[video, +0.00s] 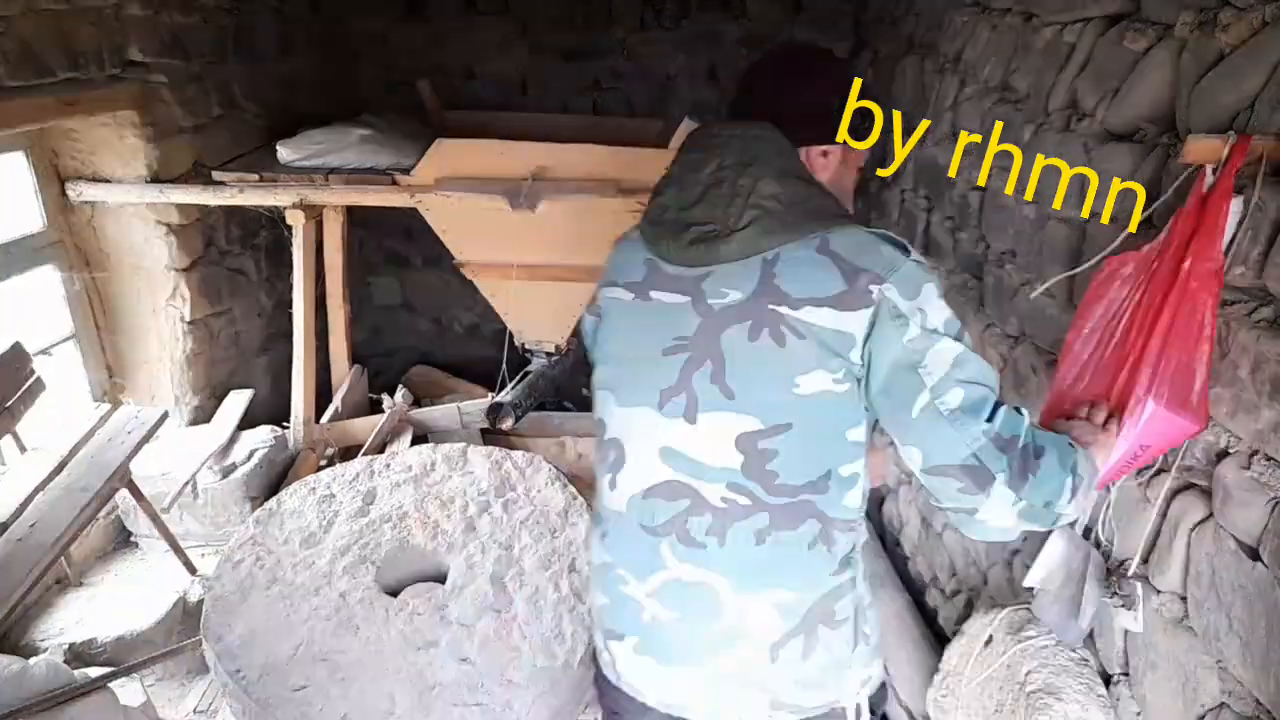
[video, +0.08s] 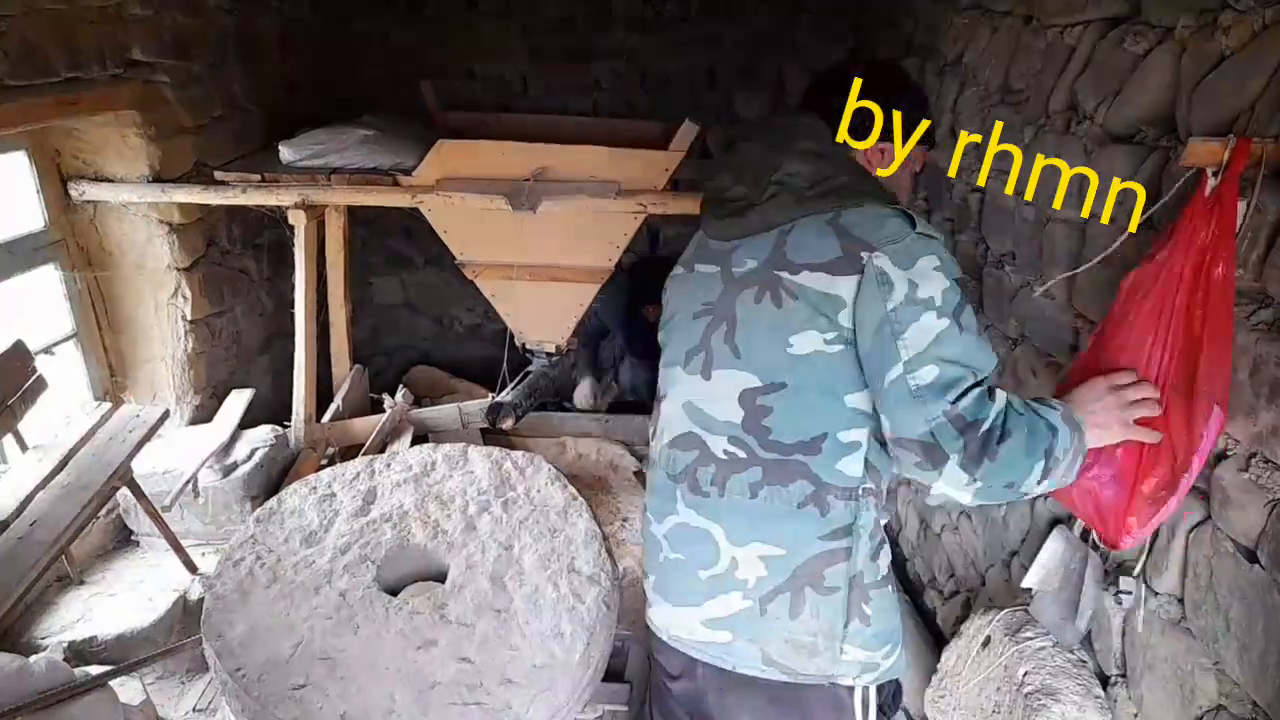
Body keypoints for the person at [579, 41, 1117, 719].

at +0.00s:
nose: (858, 179)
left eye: (860, 157)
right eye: (856, 157)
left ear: (733, 139)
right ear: (820, 156)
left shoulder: (627, 265)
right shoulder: (875, 276)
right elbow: (979, 474)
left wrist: (849, 463)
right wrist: (1077, 462)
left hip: (640, 673)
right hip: (806, 682)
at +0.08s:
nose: (916, 183)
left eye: (918, 164)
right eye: (917, 162)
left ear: (809, 132)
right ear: (886, 151)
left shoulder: (708, 243)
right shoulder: (891, 247)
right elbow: (944, 437)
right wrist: (1072, 427)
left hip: (682, 630)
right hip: (813, 651)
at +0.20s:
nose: (913, 173)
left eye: (917, 154)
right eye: (910, 154)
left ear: (808, 134)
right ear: (881, 147)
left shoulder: (708, 245)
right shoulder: (884, 246)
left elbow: (819, 408)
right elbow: (937, 435)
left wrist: (978, 390)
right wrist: (1098, 429)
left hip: (682, 632)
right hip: (809, 655)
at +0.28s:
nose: (941, 188)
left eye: (939, 171)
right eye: (941, 172)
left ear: (809, 137)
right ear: (918, 169)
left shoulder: (674, 241)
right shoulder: (938, 275)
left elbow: (593, 381)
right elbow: (964, 468)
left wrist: (551, 504)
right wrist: (1115, 481)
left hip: (661, 634)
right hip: (818, 662)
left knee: (655, 700)